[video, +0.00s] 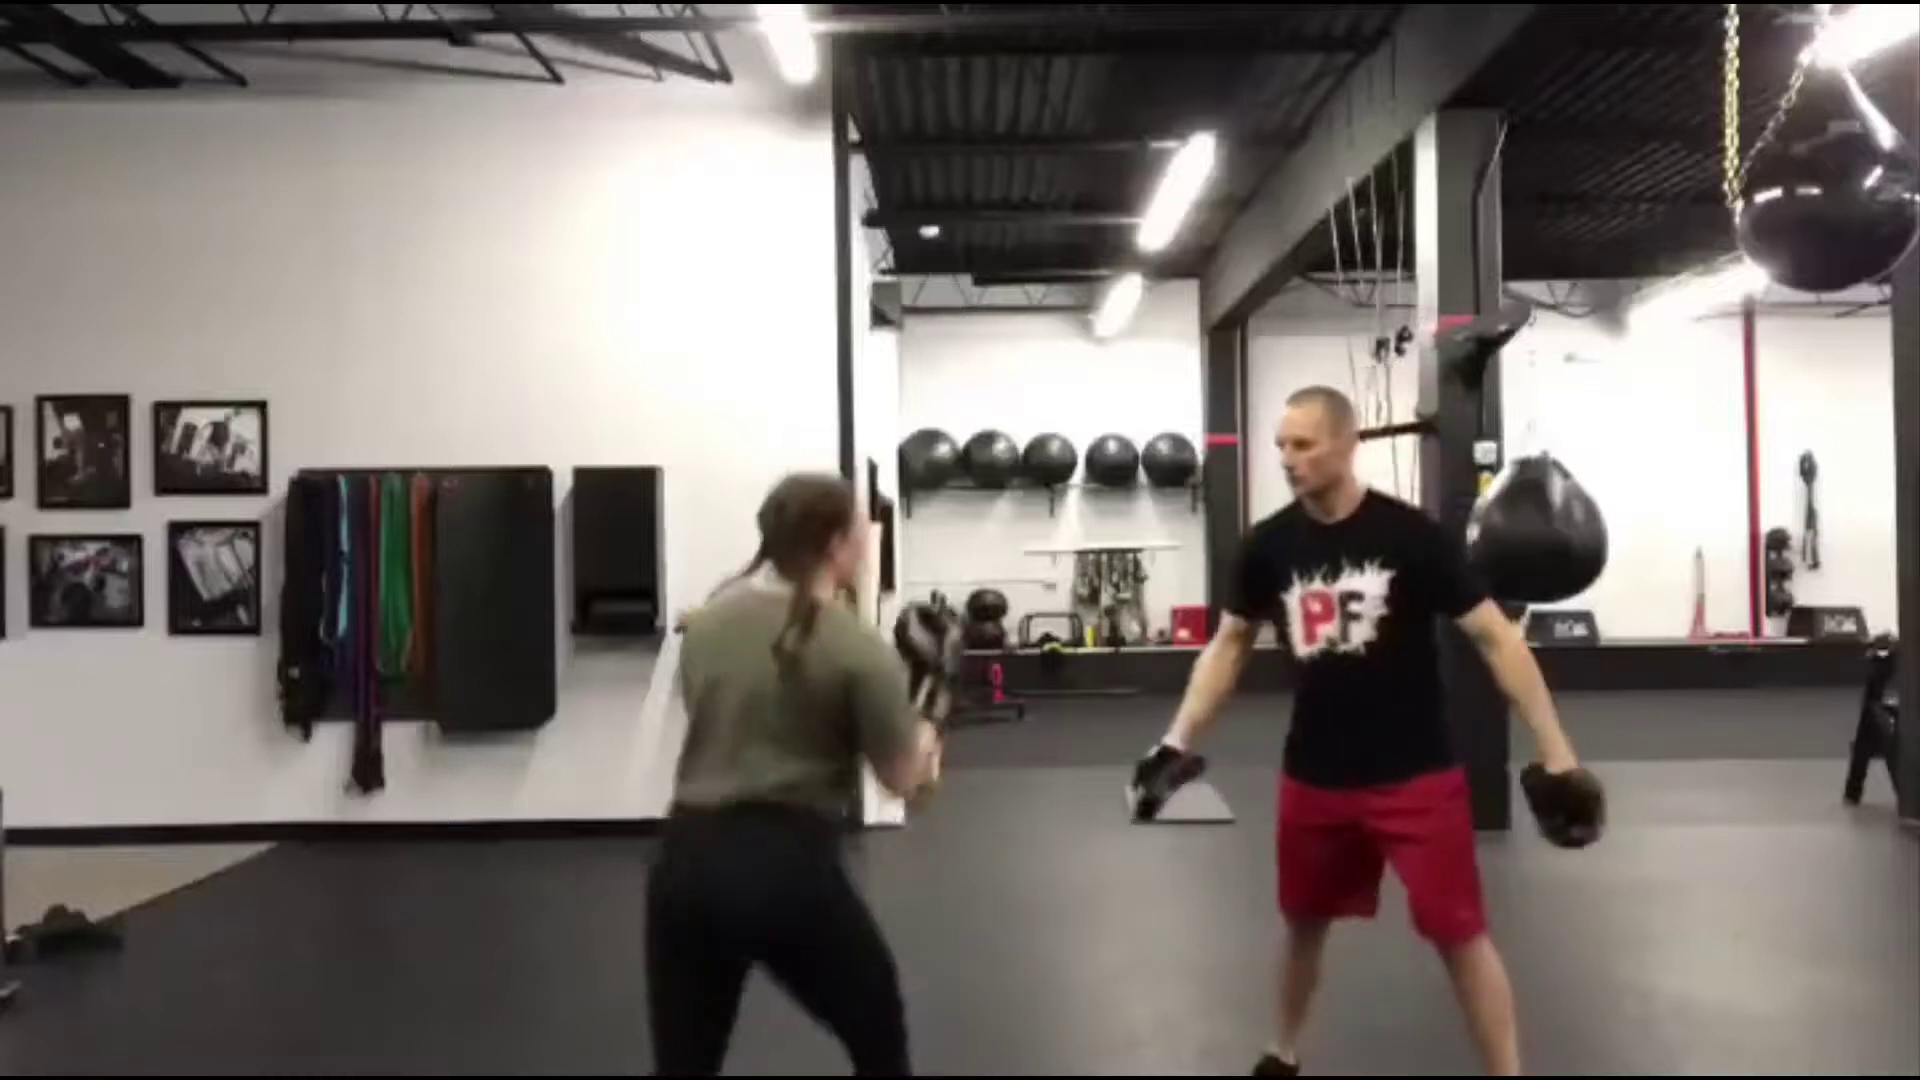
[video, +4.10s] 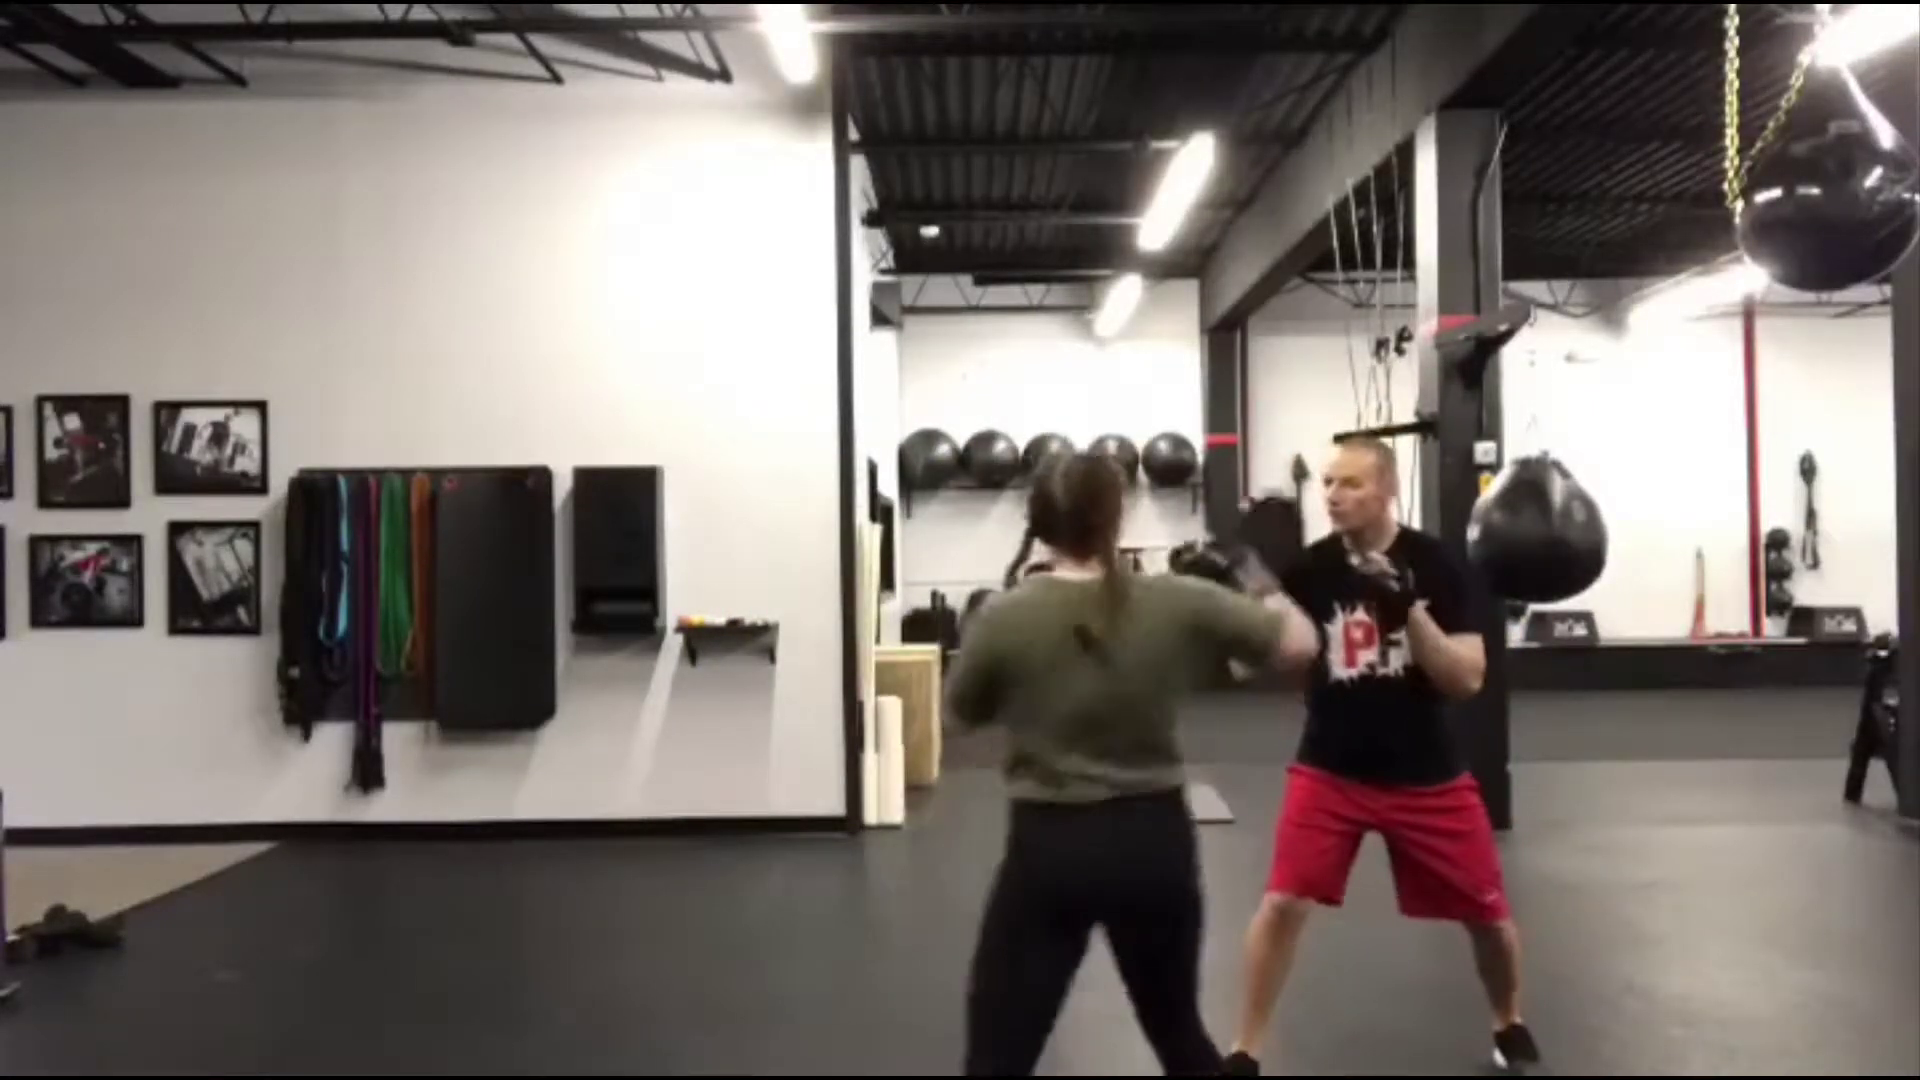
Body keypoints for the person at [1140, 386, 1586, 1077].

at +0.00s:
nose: (1289, 459)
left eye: (1304, 446)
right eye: (1283, 446)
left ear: (1350, 445)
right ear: (1280, 449)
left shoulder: (1416, 537)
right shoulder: (1269, 546)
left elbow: (1498, 638)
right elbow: (1228, 645)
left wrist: (1560, 761)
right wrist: (1178, 744)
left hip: (1418, 781)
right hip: (1315, 781)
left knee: (1460, 937)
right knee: (1302, 925)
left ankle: (1506, 1070)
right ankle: (1283, 1056)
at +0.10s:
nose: (1281, 460)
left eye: (1296, 446)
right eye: (1274, 447)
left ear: (1339, 445)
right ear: (1270, 450)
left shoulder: (1408, 534)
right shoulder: (1262, 544)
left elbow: (1473, 635)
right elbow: (1232, 643)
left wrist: (1511, 752)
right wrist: (1203, 733)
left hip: (1411, 772)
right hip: (1309, 775)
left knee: (1459, 923)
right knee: (1299, 919)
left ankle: (1505, 1065)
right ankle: (1283, 1054)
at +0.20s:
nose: (1284, 460)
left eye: (1297, 446)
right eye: (1277, 447)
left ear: (1340, 443)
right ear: (1274, 450)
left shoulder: (1405, 532)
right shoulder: (1265, 545)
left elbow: (1452, 643)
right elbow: (1244, 644)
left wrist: (1424, 745)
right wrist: (1251, 725)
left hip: (1403, 761)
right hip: (1310, 766)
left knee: (1459, 916)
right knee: (1298, 917)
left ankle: (1511, 1055)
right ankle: (1283, 1054)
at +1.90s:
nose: (1365, 475)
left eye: (1379, 461)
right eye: (1356, 463)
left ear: (1415, 461)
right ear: (1347, 469)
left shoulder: (1464, 552)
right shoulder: (1323, 553)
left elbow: (1497, 669)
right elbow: (1282, 649)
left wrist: (1416, 717)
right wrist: (1277, 628)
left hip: (1452, 778)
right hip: (1347, 776)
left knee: (1509, 920)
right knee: (1307, 913)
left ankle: (1543, 1044)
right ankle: (1265, 1064)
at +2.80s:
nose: (1322, 503)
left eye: (1335, 489)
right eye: (1312, 491)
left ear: (1372, 485)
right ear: (1304, 494)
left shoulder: (1423, 556)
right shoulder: (1291, 571)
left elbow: (1441, 666)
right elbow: (1257, 662)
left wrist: (1349, 630)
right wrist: (1285, 739)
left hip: (1425, 779)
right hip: (1329, 777)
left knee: (1483, 922)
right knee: (1293, 914)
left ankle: (1508, 1022)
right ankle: (1261, 1065)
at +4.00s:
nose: (1335, 500)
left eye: (1349, 488)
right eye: (1331, 488)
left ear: (1389, 493)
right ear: (1327, 493)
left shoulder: (1439, 566)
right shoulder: (1310, 571)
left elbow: (1464, 680)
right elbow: (1253, 650)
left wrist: (1410, 615)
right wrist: (1258, 694)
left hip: (1429, 778)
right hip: (1327, 775)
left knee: (1491, 917)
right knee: (1284, 905)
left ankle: (1509, 1026)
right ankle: (1245, 1053)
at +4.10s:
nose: (1334, 496)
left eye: (1349, 484)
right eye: (1329, 485)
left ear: (1388, 489)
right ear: (1323, 493)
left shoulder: (1440, 564)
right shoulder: (1309, 570)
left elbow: (1465, 677)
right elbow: (1283, 657)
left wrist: (1407, 608)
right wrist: (1250, 604)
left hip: (1431, 778)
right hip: (1329, 772)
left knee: (1491, 919)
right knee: (1282, 904)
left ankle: (1510, 1026)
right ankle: (1245, 1052)